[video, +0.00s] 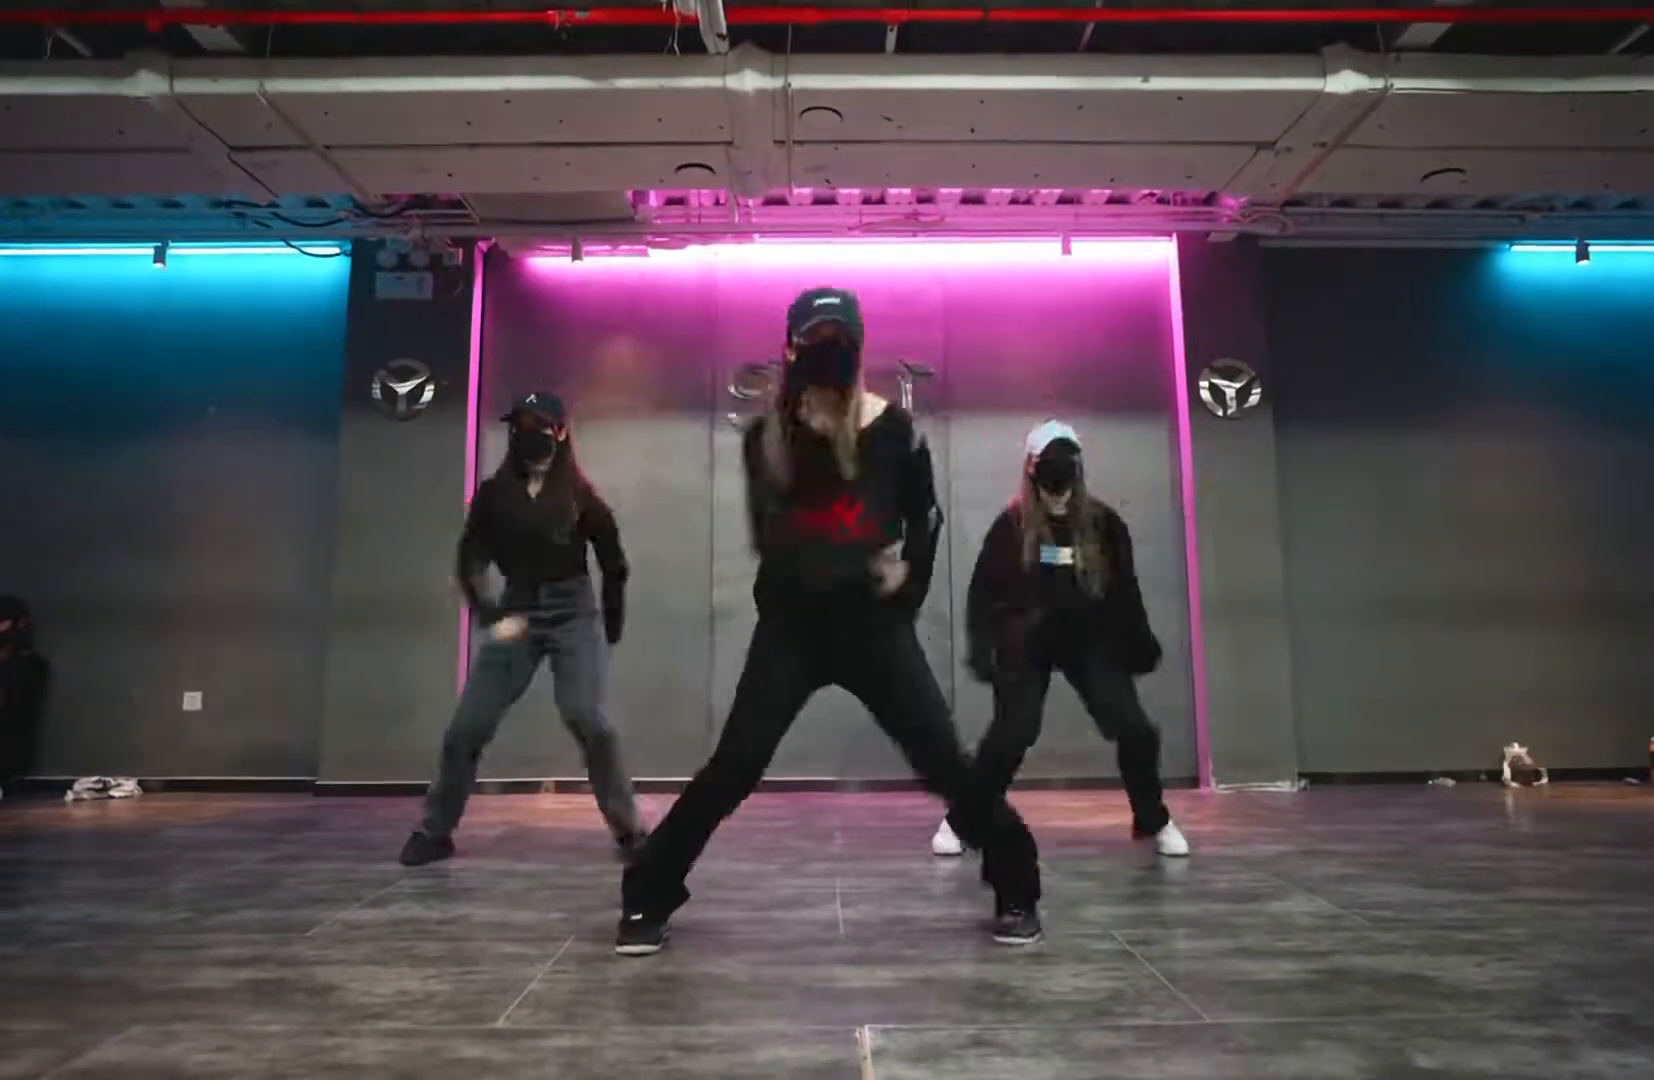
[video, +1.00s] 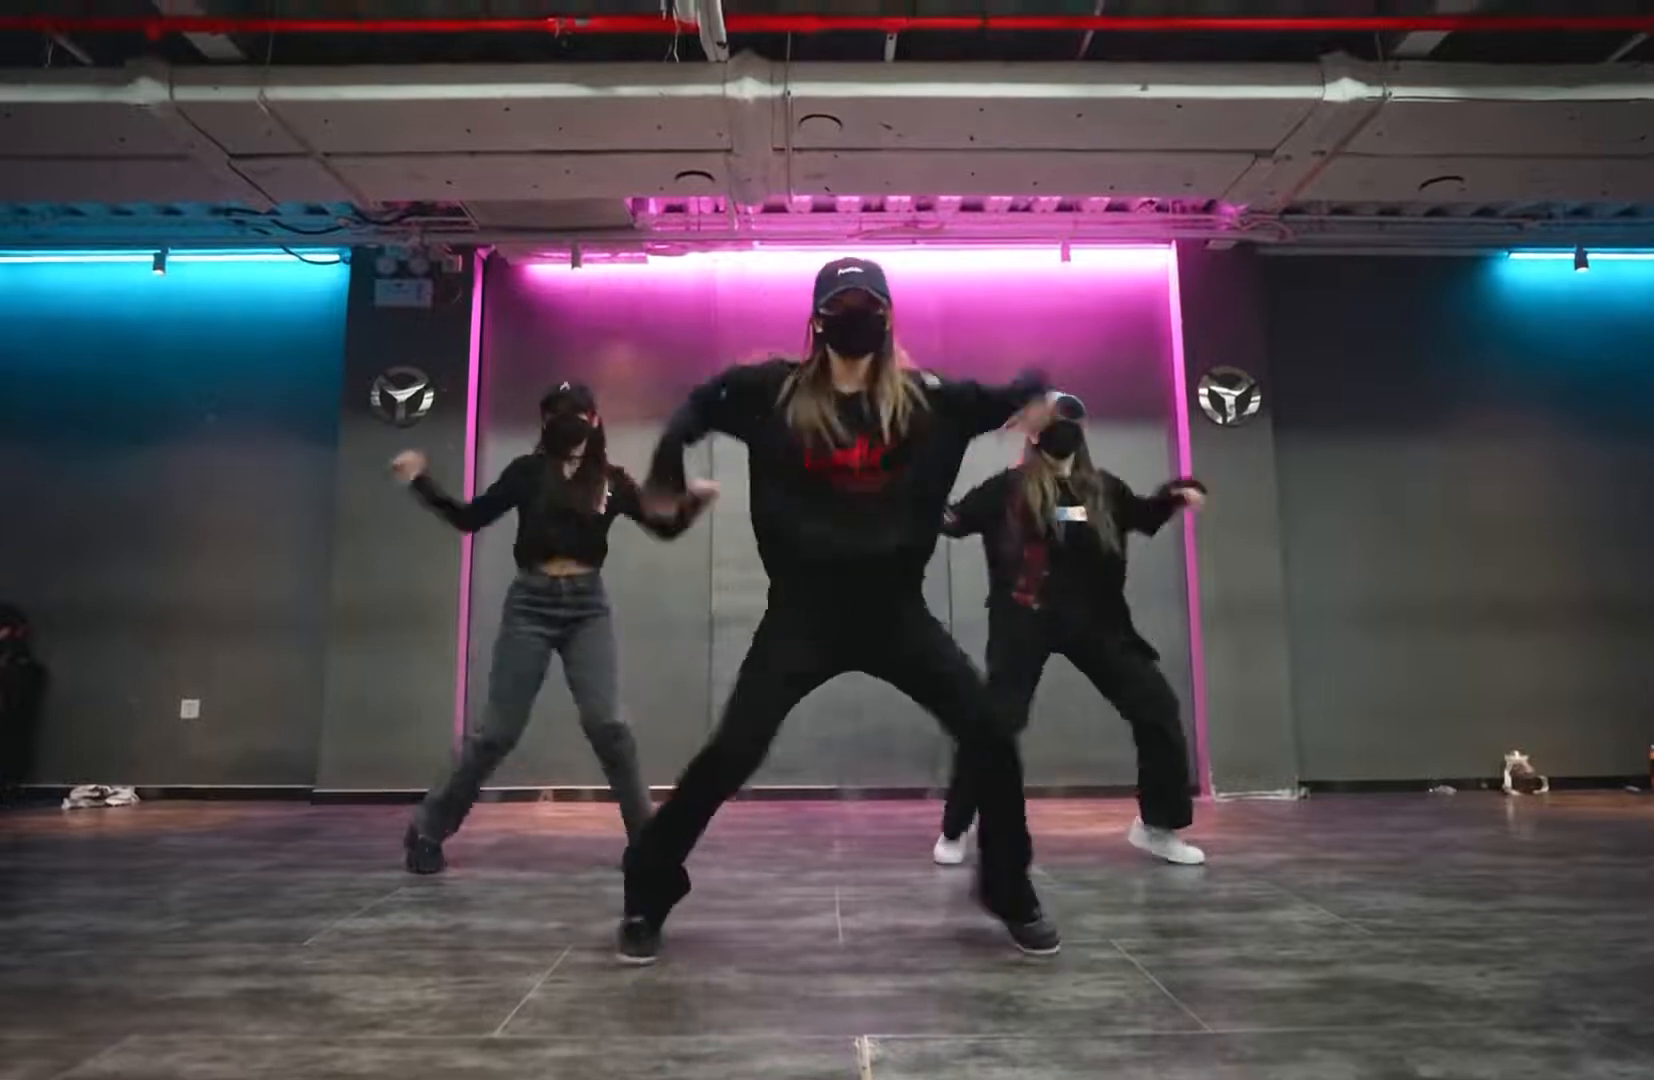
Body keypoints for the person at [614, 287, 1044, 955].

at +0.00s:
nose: (825, 365)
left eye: (837, 352)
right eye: (813, 352)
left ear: (855, 355)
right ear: (793, 356)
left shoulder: (888, 428)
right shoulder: (769, 438)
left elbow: (922, 513)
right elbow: (772, 544)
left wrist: (910, 572)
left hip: (875, 626)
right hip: (791, 629)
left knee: (945, 766)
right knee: (734, 769)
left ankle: (1017, 890)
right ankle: (646, 900)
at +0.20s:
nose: (925, 334)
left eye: (929, 326)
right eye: (915, 319)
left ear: (917, 332)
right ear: (877, 318)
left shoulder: (930, 410)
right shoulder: (825, 391)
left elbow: (959, 500)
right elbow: (867, 472)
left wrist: (888, 490)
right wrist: (968, 491)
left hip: (900, 612)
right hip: (817, 609)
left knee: (1014, 714)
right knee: (738, 747)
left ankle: (978, 889)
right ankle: (651, 898)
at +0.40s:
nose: (943, 348)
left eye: (945, 339)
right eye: (937, 336)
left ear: (912, 329)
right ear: (907, 327)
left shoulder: (938, 410)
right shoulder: (832, 390)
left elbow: (968, 500)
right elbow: (884, 480)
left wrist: (897, 488)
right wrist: (972, 493)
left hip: (902, 615)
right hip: (820, 611)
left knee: (1019, 713)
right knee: (738, 750)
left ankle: (981, 888)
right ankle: (649, 900)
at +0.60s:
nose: (898, 336)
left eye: (908, 323)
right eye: (882, 324)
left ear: (922, 329)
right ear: (855, 330)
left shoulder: (934, 415)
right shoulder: (824, 394)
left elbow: (978, 496)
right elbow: (831, 478)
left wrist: (883, 489)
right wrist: (946, 493)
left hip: (897, 617)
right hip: (814, 614)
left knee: (1016, 718)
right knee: (732, 752)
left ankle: (981, 892)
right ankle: (647, 905)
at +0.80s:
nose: (871, 328)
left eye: (883, 315)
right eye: (857, 316)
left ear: (902, 323)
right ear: (836, 326)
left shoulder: (919, 418)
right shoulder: (806, 406)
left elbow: (943, 523)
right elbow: (788, 505)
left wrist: (989, 608)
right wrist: (824, 508)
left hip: (898, 621)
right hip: (810, 620)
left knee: (1015, 723)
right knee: (728, 752)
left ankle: (981, 896)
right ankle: (646, 909)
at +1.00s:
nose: (856, 319)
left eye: (868, 307)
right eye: (841, 308)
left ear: (888, 318)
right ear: (818, 320)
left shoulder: (932, 402)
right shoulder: (771, 393)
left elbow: (1021, 394)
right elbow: (693, 414)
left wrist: (1036, 402)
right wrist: (665, 486)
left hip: (898, 620)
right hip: (801, 622)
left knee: (989, 730)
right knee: (735, 752)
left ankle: (1008, 886)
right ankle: (646, 891)